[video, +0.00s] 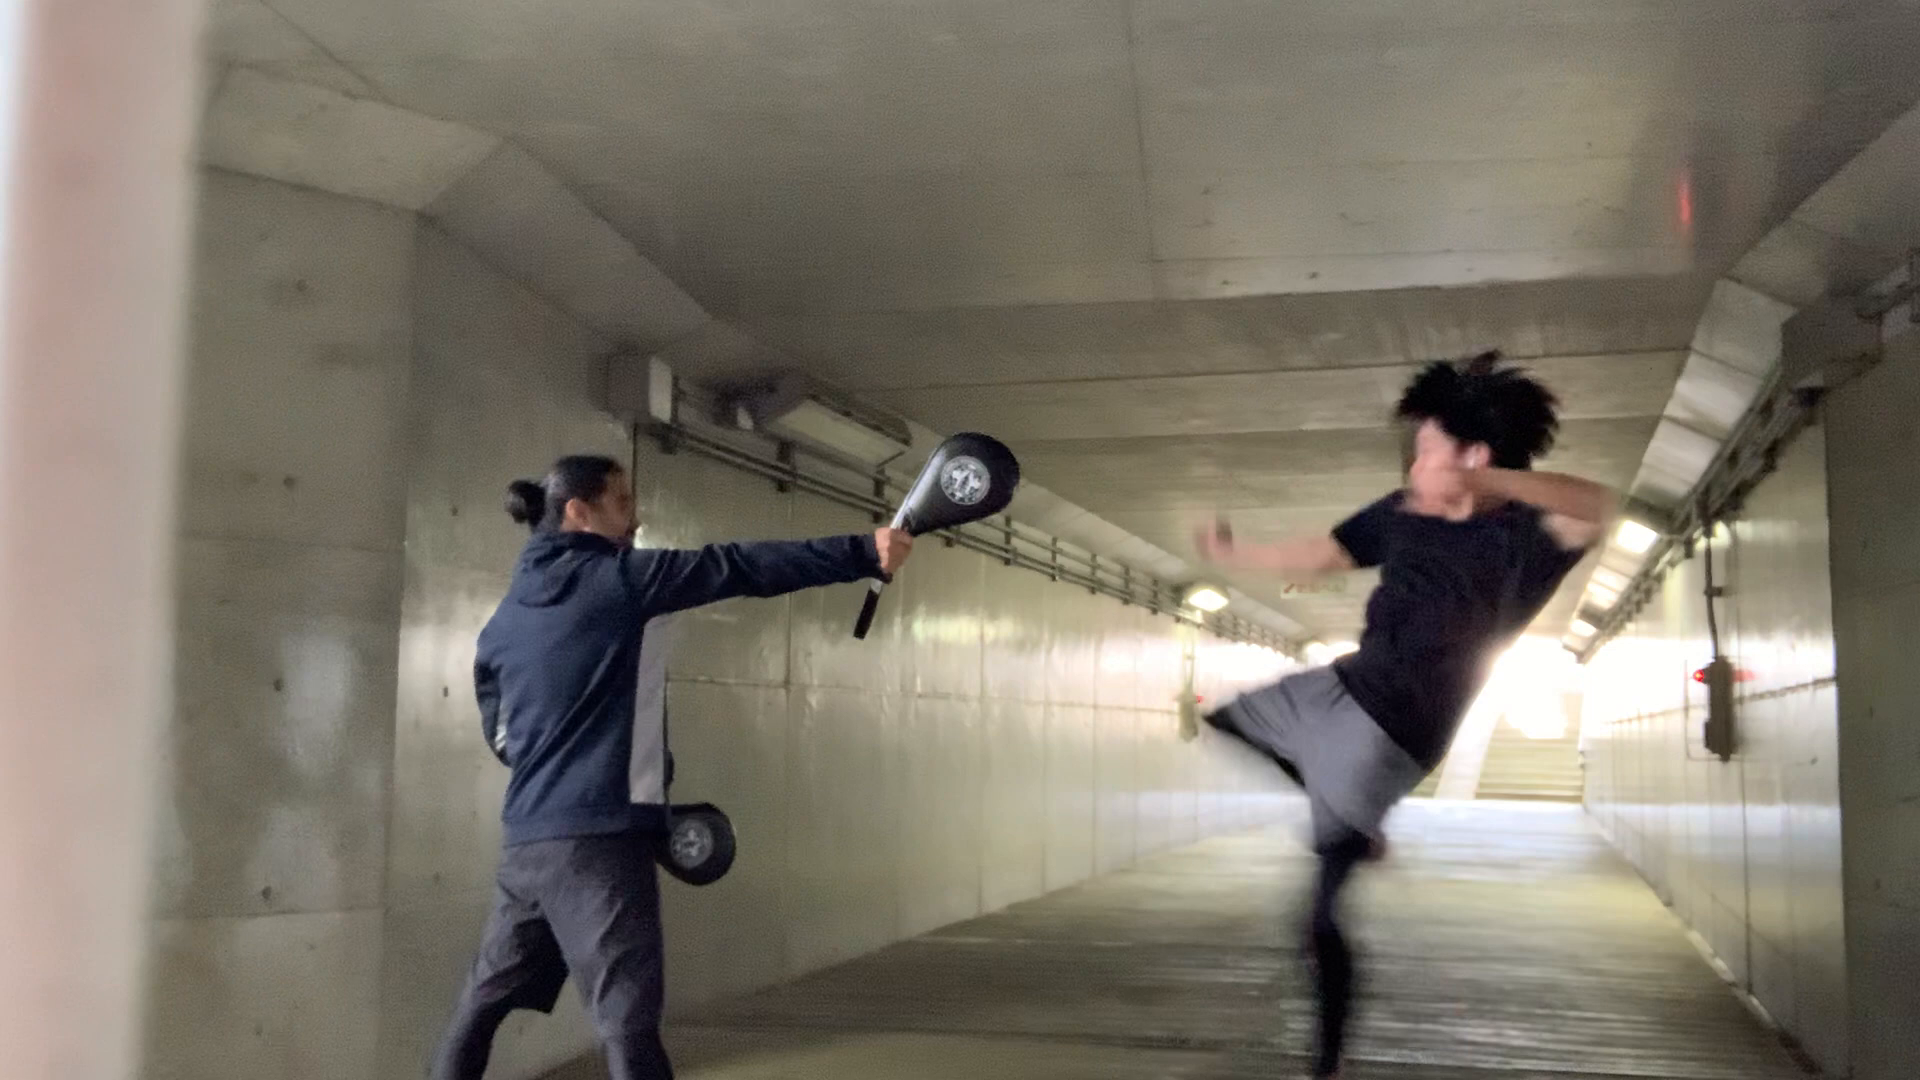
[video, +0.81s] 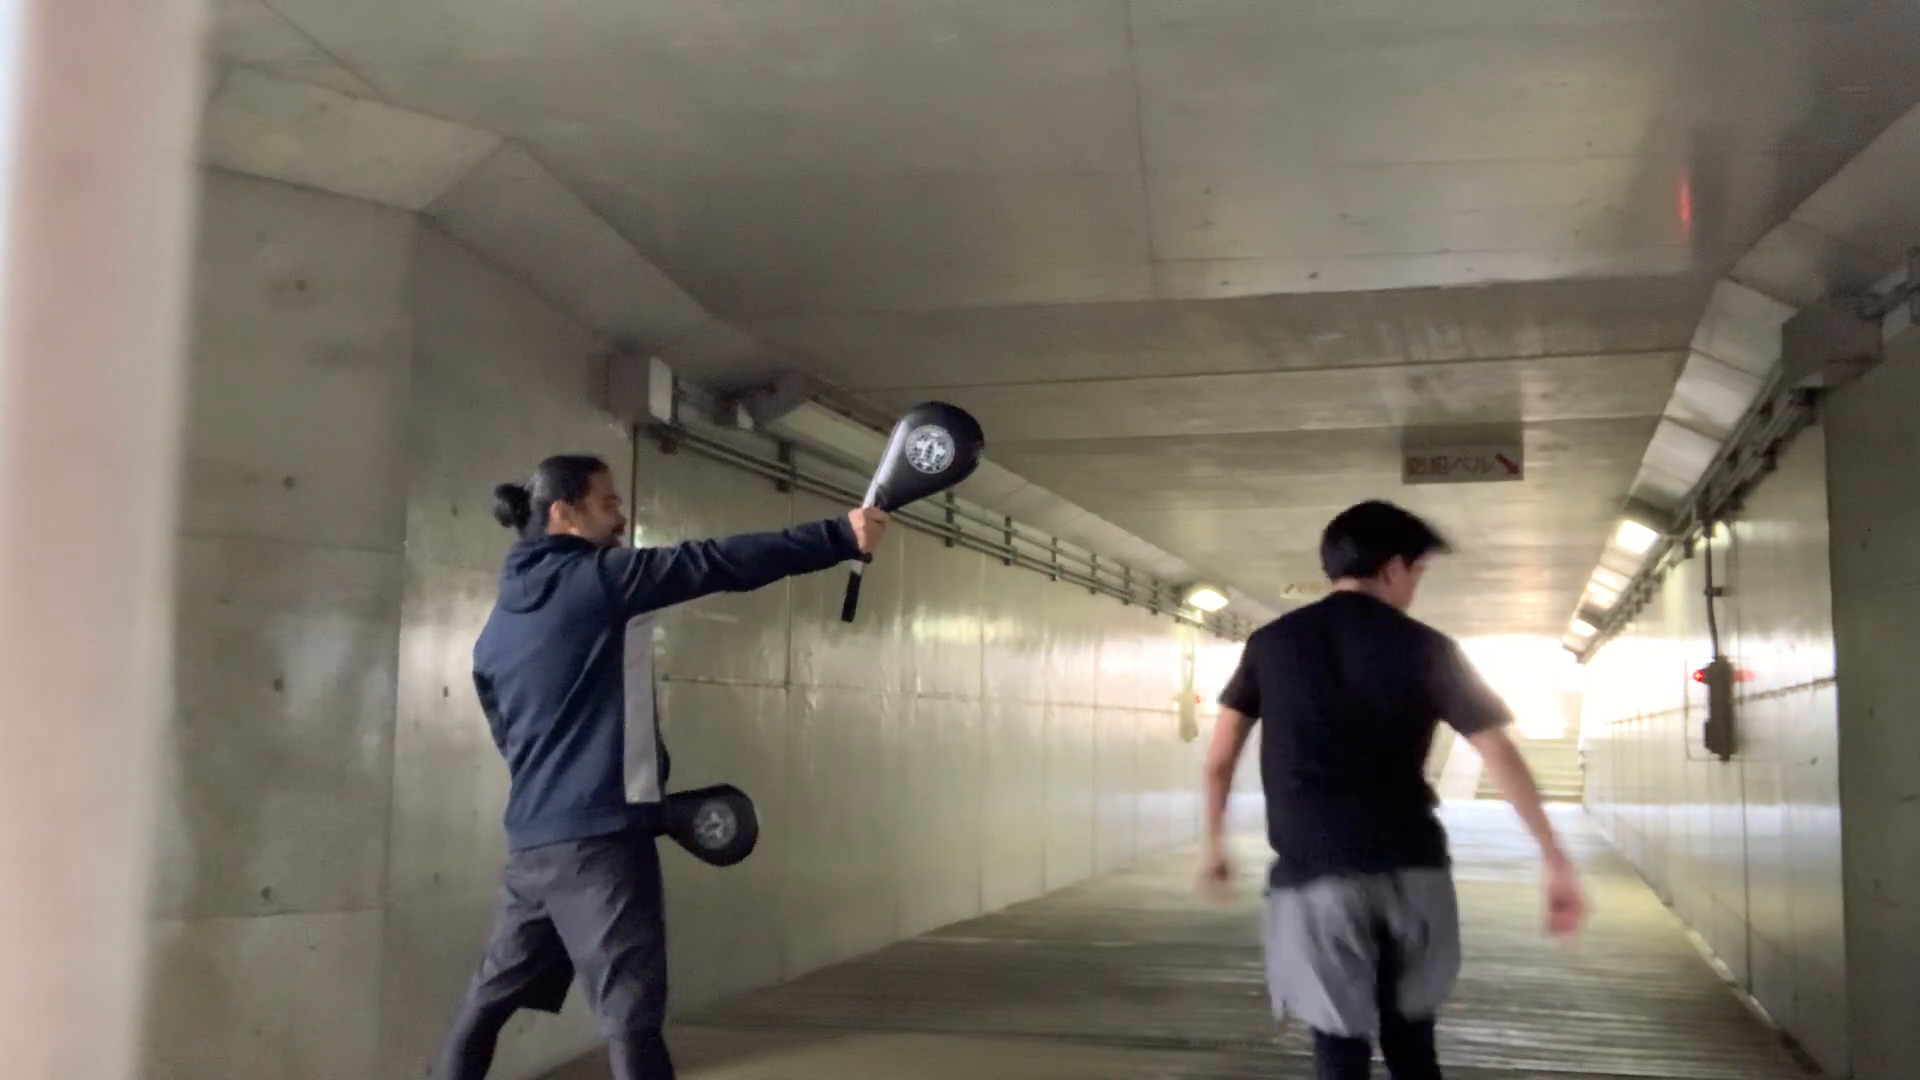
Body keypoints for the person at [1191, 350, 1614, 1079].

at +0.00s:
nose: (1412, 464)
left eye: (1424, 450)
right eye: (1416, 448)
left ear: (1473, 457)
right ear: (1460, 455)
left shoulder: (1525, 545)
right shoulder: (1407, 514)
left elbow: (1600, 507)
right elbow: (1320, 555)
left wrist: (1493, 481)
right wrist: (1228, 552)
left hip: (1393, 733)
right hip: (1337, 686)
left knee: (1323, 912)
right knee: (1229, 721)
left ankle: (1327, 1060)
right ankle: (1352, 831)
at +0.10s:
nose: (1380, 494)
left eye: (1393, 484)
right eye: (1384, 481)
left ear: (1440, 509)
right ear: (1427, 507)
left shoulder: (1486, 589)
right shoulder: (1384, 569)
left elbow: (1396, 588)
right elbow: (1324, 635)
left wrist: (1302, 516)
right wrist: (1253, 661)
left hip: (1377, 799)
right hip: (1317, 713)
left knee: (1395, 979)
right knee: (1186, 618)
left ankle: (1404, 1076)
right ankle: (1033, 526)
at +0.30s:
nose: (1338, 608)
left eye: (1353, 593)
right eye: (1337, 593)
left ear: (1405, 605)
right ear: (1331, 596)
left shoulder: (1452, 709)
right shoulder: (1318, 653)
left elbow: (1430, 829)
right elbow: (1319, 731)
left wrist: (1330, 799)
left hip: (1334, 855)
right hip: (1270, 796)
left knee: (1309, 1047)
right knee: (1241, 904)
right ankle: (1188, 1057)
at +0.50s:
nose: (1397, 564)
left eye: (1415, 551)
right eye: (1385, 544)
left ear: (1435, 555)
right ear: (1357, 537)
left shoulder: (1423, 629)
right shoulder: (1307, 605)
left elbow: (1408, 702)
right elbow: (1197, 635)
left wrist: (1406, 759)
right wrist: (1119, 702)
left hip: (1335, 810)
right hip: (1281, 805)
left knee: (1306, 996)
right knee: (1360, 976)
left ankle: (1273, 1073)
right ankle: (1380, 1069)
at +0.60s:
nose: (1438, 543)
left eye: (1448, 529)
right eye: (1428, 522)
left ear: (1454, 529)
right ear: (1377, 507)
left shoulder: (1369, 588)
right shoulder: (1340, 575)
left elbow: (1336, 694)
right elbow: (1286, 670)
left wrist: (1373, 762)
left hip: (1290, 795)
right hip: (1347, 799)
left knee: (1312, 982)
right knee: (1407, 976)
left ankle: (1263, 1073)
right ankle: (1442, 1074)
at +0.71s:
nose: (1446, 556)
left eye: (1450, 543)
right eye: (1443, 539)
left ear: (1385, 526)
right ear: (1395, 525)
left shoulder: (1296, 595)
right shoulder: (1391, 597)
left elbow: (1266, 715)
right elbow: (1390, 716)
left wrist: (1284, 789)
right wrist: (1426, 837)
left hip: (1279, 810)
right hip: (1360, 808)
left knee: (1318, 1007)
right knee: (1411, 1001)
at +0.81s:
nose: (1415, 588)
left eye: (1417, 572)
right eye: (1414, 571)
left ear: (1335, 568)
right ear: (1393, 566)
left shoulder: (1271, 642)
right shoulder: (1421, 646)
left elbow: (1219, 758)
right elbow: (1497, 749)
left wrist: (1213, 845)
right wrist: (1554, 858)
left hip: (1315, 879)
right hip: (1415, 872)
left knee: (1340, 1055)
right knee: (1413, 1046)